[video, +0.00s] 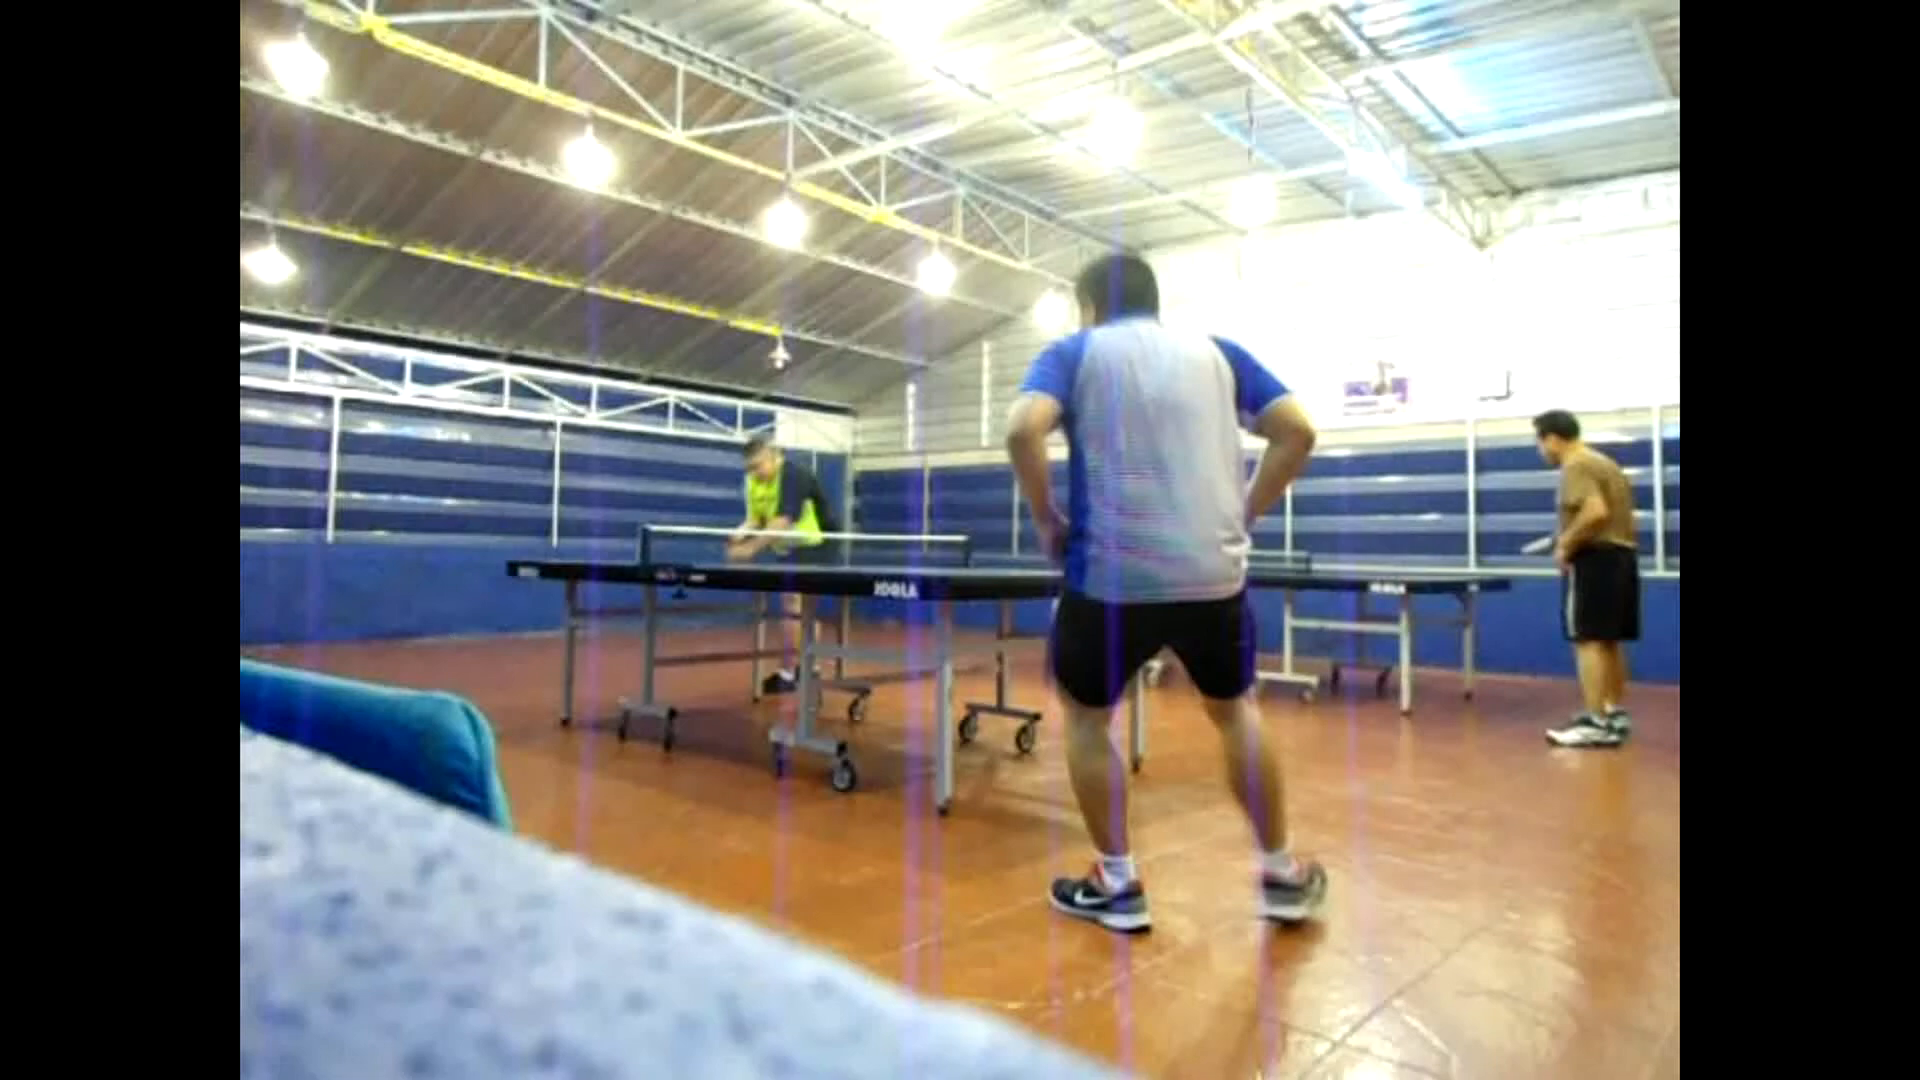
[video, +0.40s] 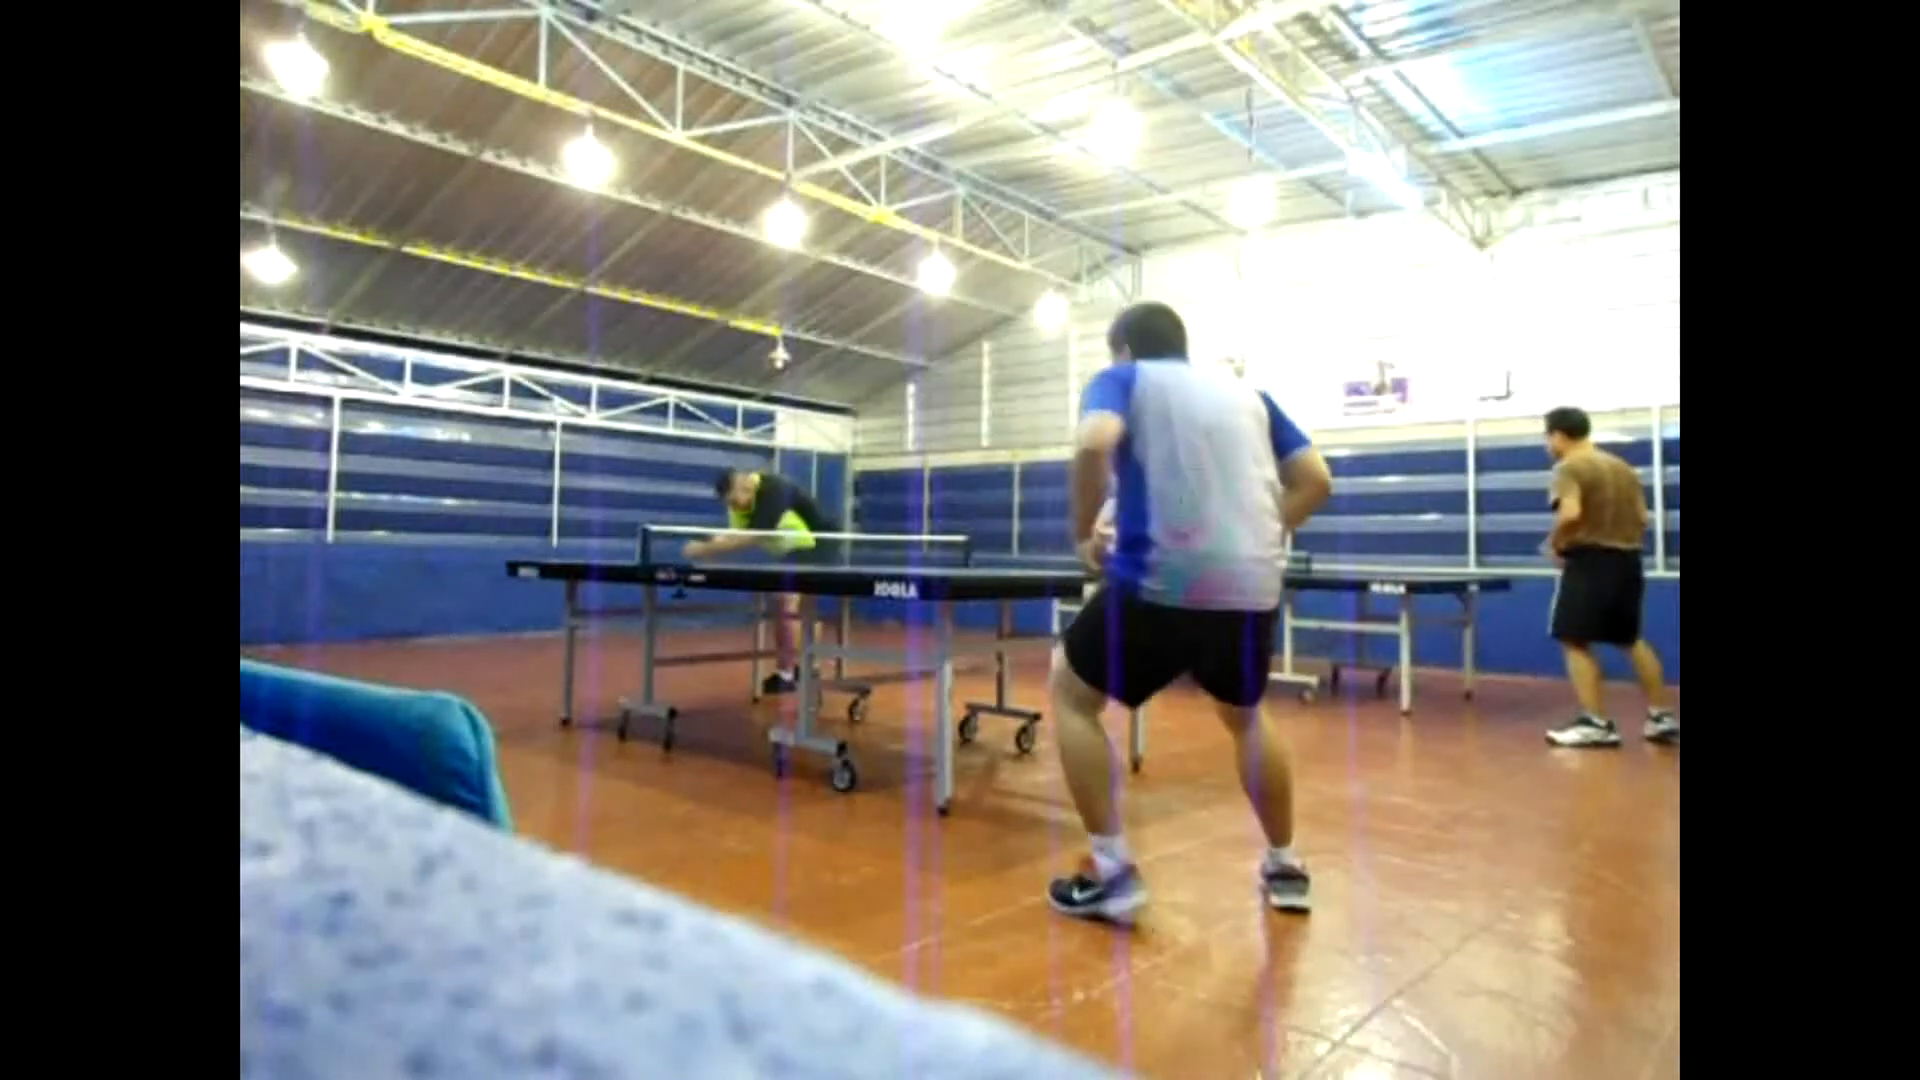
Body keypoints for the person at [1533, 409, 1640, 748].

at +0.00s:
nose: (1541, 449)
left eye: (1542, 441)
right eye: (1540, 442)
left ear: (1555, 439)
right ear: (1571, 435)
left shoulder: (1575, 466)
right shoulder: (1606, 464)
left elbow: (1595, 510)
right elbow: (1627, 517)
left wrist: (1565, 542)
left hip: (1595, 552)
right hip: (1621, 552)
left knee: (1588, 639)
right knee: (1608, 640)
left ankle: (1595, 717)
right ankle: (1614, 711)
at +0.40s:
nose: (1547, 444)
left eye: (1549, 436)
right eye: (1547, 436)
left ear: (1560, 436)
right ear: (1585, 434)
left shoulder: (1570, 468)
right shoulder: (1623, 468)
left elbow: (1571, 514)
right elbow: (1642, 518)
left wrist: (1555, 541)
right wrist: (1618, 538)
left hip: (1588, 556)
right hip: (1627, 557)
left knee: (1573, 640)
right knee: (1631, 638)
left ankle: (1594, 720)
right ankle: (1661, 714)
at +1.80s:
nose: (1559, 457)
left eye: (1560, 449)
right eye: (1558, 450)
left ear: (1573, 445)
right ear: (1591, 443)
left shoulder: (1593, 469)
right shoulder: (1626, 468)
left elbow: (1590, 517)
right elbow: (1633, 528)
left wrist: (1568, 537)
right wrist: (1589, 537)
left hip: (1632, 554)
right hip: (1665, 551)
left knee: (1603, 638)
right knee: (1657, 642)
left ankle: (1614, 721)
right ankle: (1671, 719)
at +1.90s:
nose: (1546, 466)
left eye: (1547, 458)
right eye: (1545, 459)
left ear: (1560, 455)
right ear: (1577, 450)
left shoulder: (1586, 475)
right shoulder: (1612, 472)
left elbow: (1573, 528)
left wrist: (1546, 532)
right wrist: (1561, 535)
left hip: (1635, 559)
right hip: (1666, 554)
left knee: (1602, 640)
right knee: (1656, 645)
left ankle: (1599, 723)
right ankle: (1671, 719)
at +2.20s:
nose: (1523, 476)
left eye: (1524, 467)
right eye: (1522, 467)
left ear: (1538, 463)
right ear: (1552, 459)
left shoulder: (1568, 484)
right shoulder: (1582, 480)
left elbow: (1558, 530)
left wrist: (1525, 528)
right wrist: (1532, 525)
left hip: (1621, 567)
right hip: (1652, 561)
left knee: (1576, 642)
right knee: (1649, 645)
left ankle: (1595, 725)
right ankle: (1676, 718)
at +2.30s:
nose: (1524, 465)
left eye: (1526, 456)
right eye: (1523, 457)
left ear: (1542, 455)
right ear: (1551, 455)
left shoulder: (1573, 476)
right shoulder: (1560, 486)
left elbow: (1593, 512)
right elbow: (1529, 508)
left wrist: (1554, 532)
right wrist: (1492, 504)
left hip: (1621, 564)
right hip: (1647, 562)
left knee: (1577, 640)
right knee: (1653, 646)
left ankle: (1595, 724)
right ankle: (1680, 718)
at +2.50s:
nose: (1547, 455)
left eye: (1549, 447)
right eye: (1547, 447)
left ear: (1564, 446)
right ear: (1575, 445)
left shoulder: (1589, 470)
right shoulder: (1586, 474)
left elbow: (1633, 498)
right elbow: (1577, 511)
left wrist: (1595, 534)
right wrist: (1533, 514)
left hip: (1624, 563)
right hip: (1649, 562)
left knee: (1574, 638)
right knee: (1655, 645)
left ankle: (1595, 725)